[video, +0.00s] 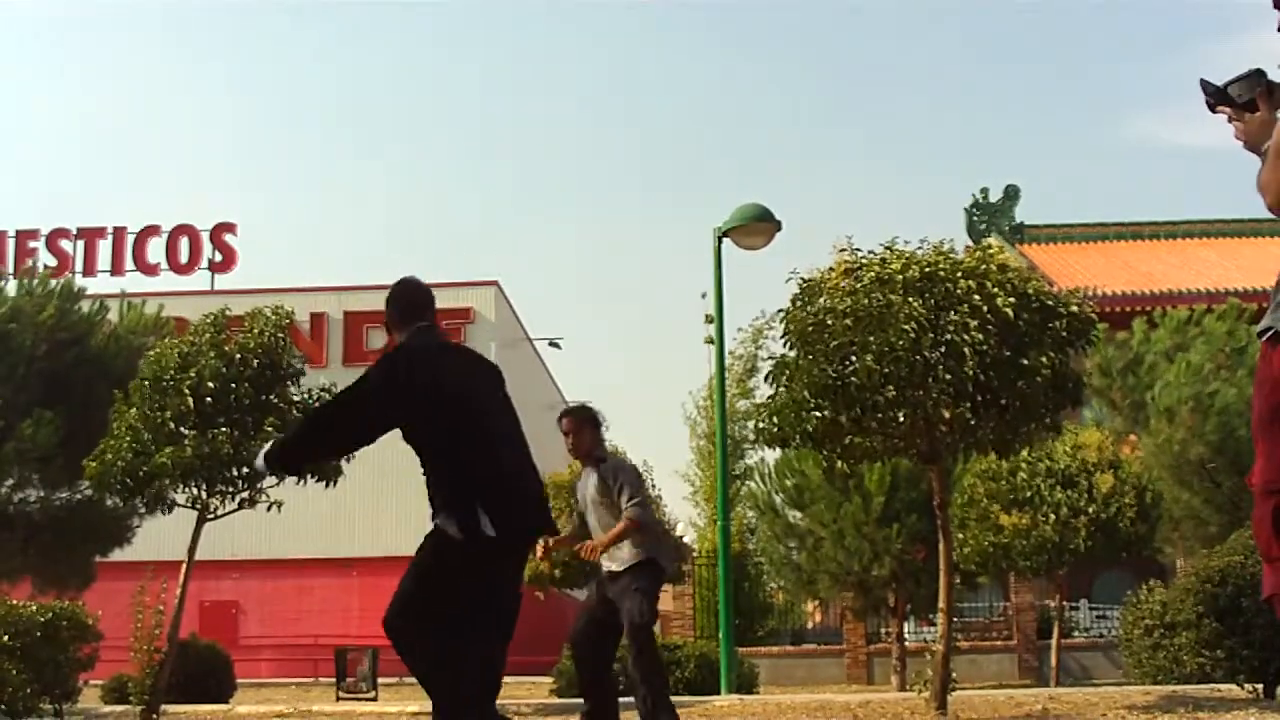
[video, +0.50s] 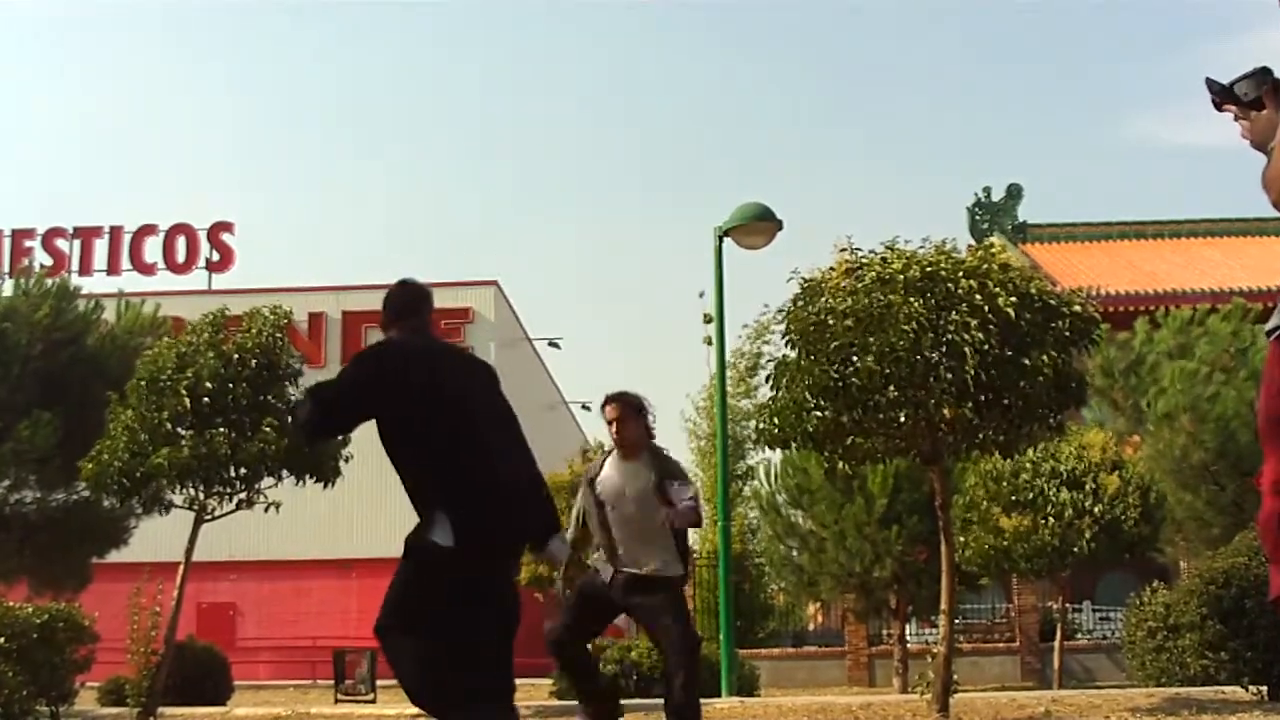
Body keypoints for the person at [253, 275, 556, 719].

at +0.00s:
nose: (388, 335)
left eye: (386, 327)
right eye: (390, 329)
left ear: (390, 322)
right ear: (434, 317)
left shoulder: (404, 363)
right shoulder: (482, 366)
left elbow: (343, 419)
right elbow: (511, 445)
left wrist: (276, 458)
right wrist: (541, 516)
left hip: (469, 522)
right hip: (519, 516)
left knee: (405, 621)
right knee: (486, 629)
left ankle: (468, 710)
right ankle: (477, 710)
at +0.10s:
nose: (385, 340)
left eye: (385, 332)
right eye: (388, 333)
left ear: (392, 331)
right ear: (434, 327)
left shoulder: (395, 371)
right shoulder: (479, 377)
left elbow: (326, 400)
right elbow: (511, 464)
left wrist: (260, 413)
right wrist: (554, 534)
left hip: (464, 527)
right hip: (512, 522)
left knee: (401, 627)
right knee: (479, 633)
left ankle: (468, 708)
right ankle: (493, 710)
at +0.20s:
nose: (389, 341)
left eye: (388, 334)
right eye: (391, 336)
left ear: (390, 332)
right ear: (436, 328)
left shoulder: (393, 367)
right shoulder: (478, 376)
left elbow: (328, 400)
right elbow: (523, 450)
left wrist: (282, 391)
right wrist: (565, 529)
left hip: (463, 522)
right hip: (515, 520)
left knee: (401, 630)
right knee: (479, 637)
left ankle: (465, 711)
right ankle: (497, 711)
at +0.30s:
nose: (392, 338)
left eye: (390, 331)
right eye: (396, 333)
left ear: (391, 327)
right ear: (437, 324)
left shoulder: (387, 365)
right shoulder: (479, 374)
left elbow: (315, 409)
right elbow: (524, 457)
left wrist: (297, 402)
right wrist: (566, 540)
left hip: (454, 526)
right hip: (509, 521)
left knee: (398, 629)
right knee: (475, 637)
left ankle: (461, 710)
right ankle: (495, 711)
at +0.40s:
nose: (396, 334)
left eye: (393, 325)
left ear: (390, 322)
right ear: (436, 320)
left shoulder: (384, 363)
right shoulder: (478, 371)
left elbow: (314, 413)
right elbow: (519, 452)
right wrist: (555, 531)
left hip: (451, 525)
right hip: (506, 521)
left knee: (397, 629)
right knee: (478, 639)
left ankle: (459, 709)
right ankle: (496, 711)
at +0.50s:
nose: (390, 333)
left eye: (388, 326)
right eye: (397, 326)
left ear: (386, 322)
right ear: (431, 318)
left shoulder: (383, 362)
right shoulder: (475, 369)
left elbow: (317, 419)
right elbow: (515, 452)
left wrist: (313, 401)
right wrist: (548, 531)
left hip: (450, 526)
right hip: (506, 520)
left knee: (398, 628)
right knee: (489, 631)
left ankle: (459, 709)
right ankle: (495, 710)